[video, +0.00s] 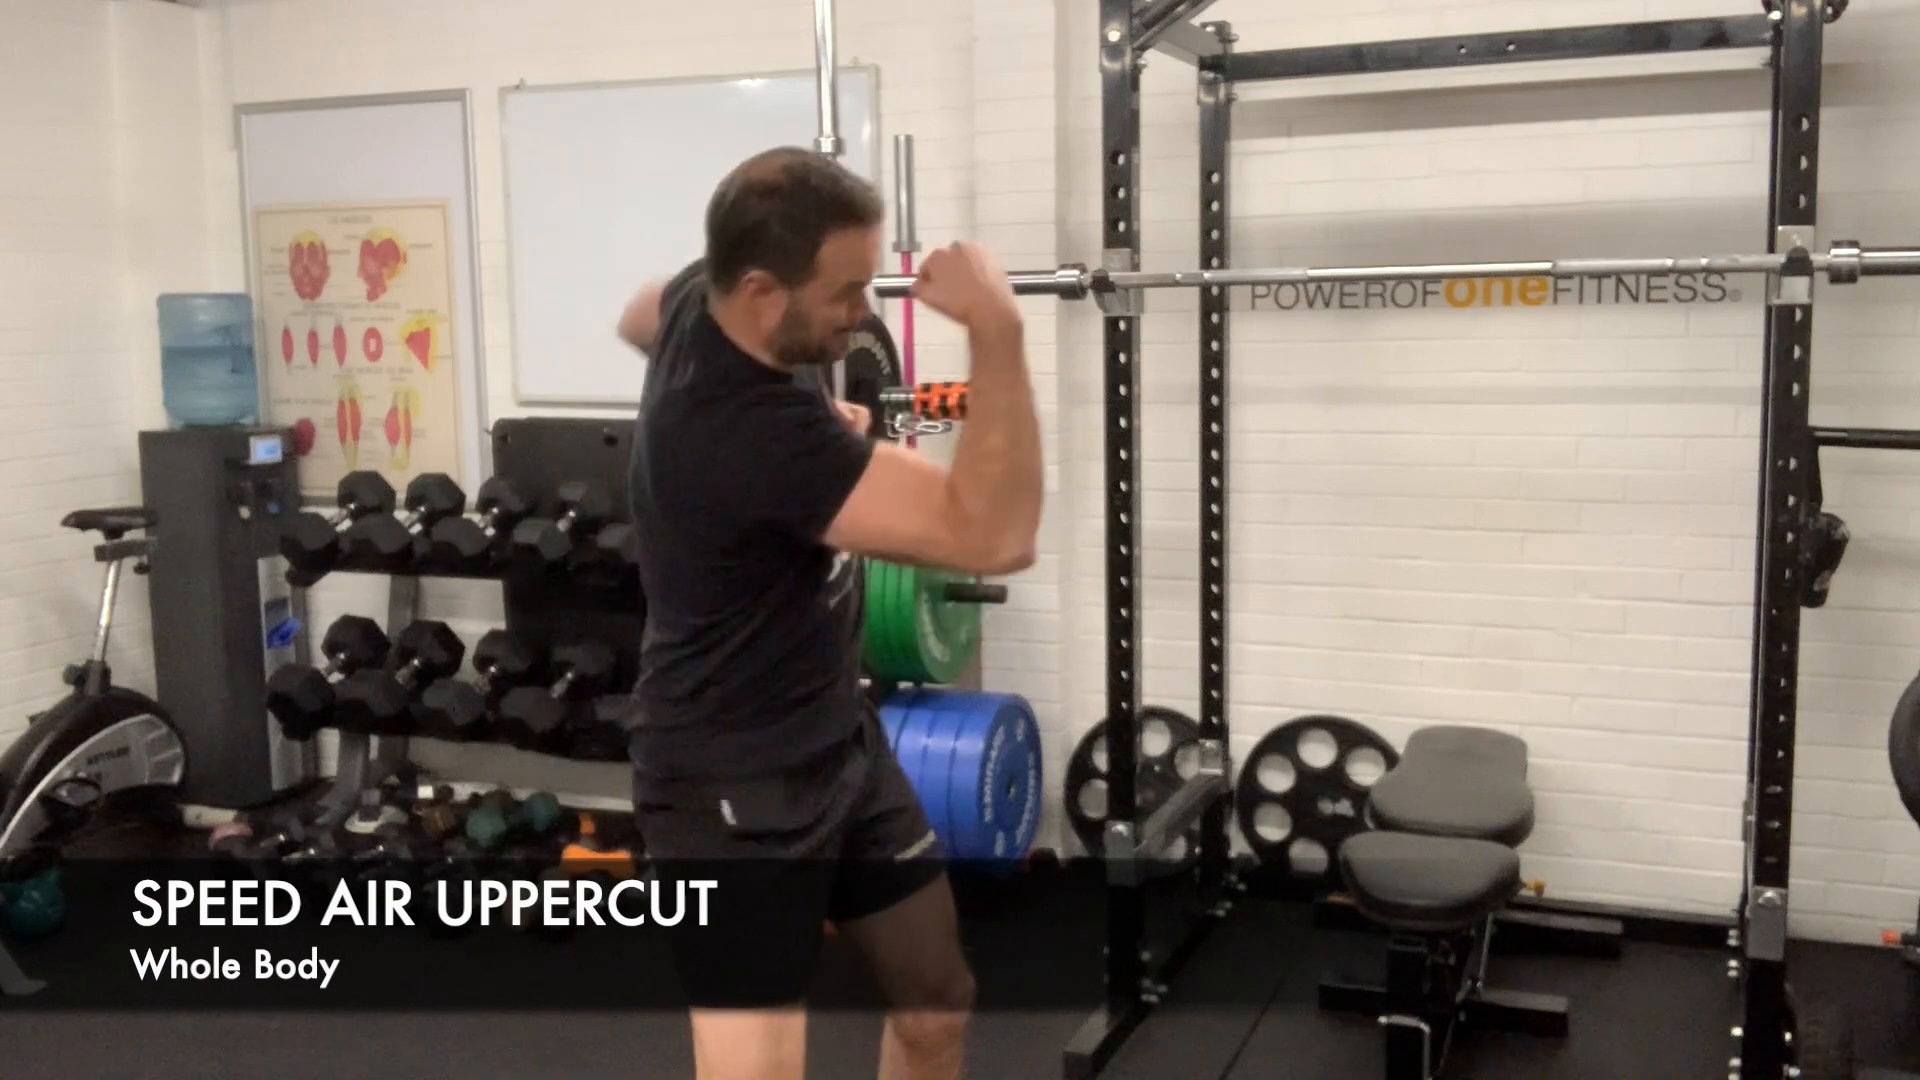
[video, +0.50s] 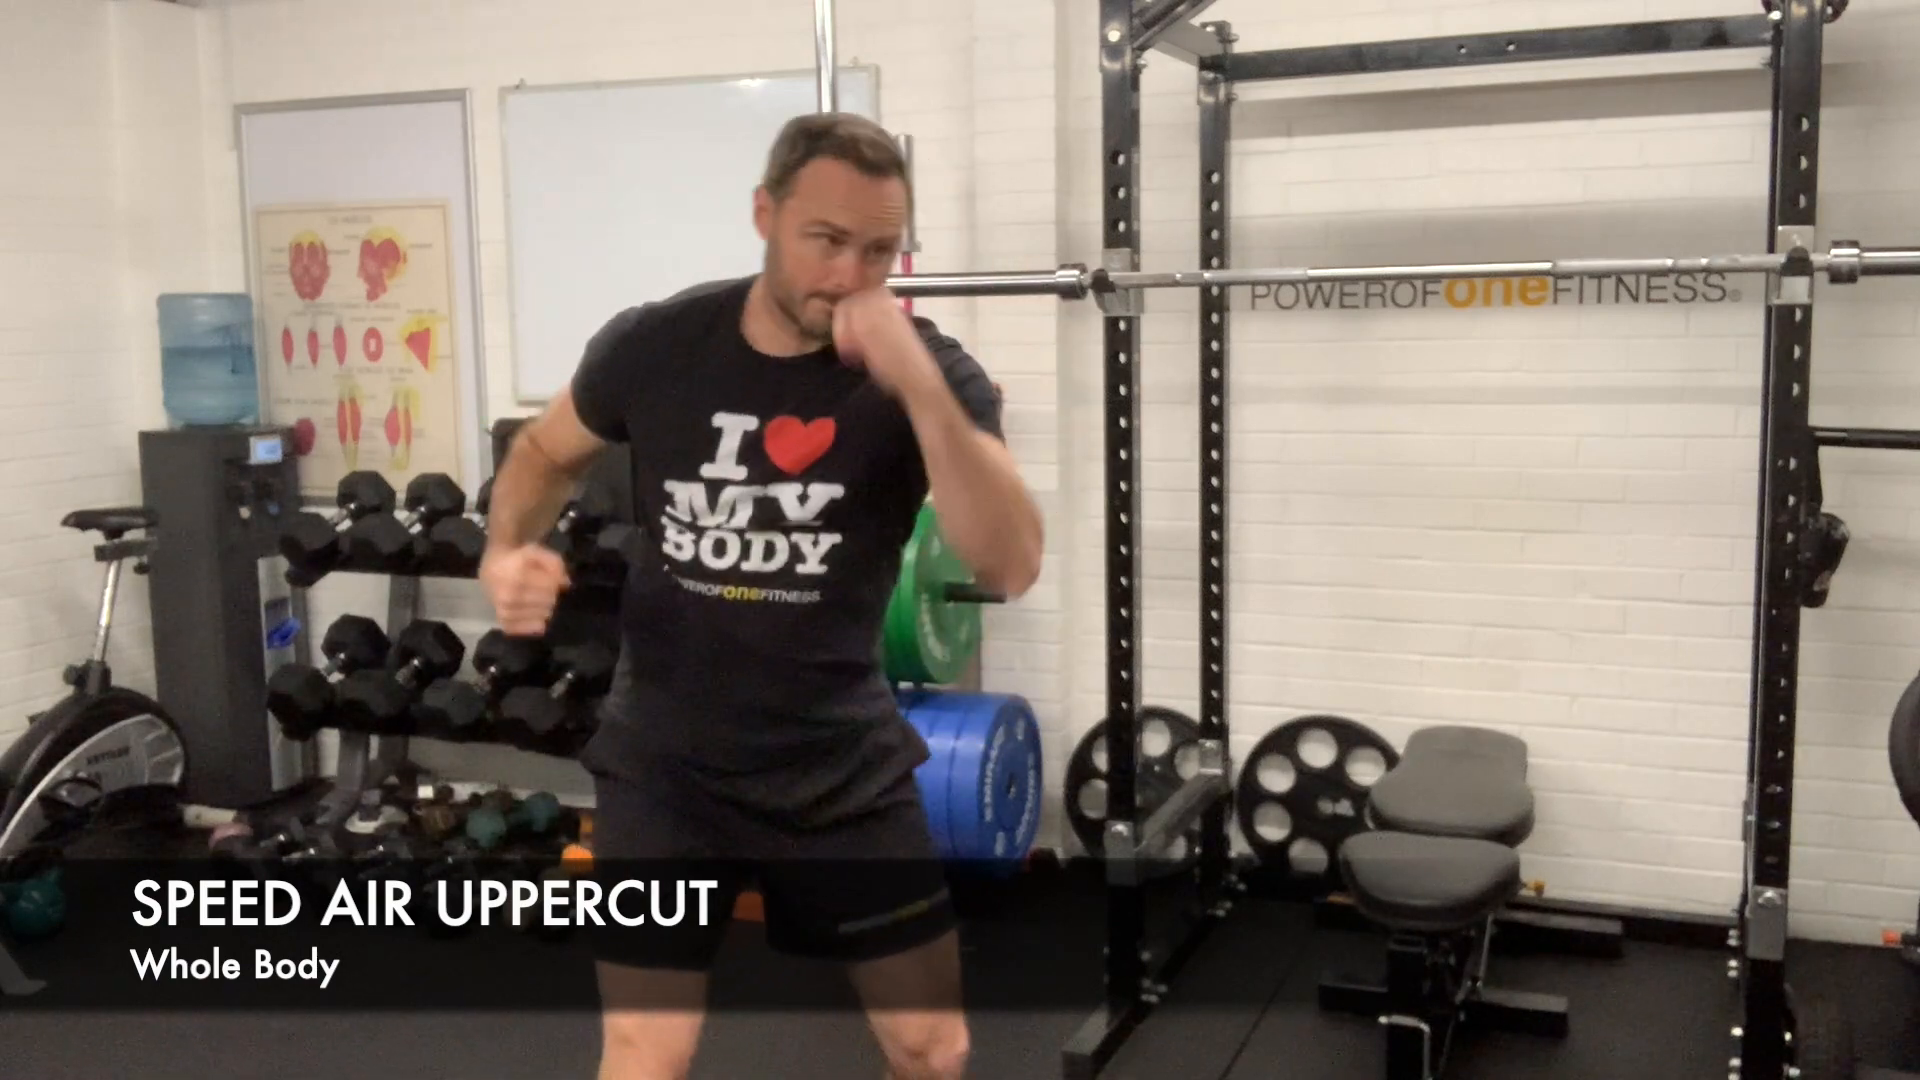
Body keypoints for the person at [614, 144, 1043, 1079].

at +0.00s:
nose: (861, 310)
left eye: (864, 288)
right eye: (846, 293)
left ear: (757, 284)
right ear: (759, 290)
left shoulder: (721, 306)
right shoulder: (746, 428)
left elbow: (640, 320)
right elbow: (993, 533)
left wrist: (805, 406)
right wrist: (997, 329)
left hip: (839, 746)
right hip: (728, 780)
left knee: (936, 1005)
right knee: (752, 1063)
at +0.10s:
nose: (906, 282)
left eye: (910, 258)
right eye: (890, 260)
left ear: (805, 249)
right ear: (806, 252)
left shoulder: (731, 310)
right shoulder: (774, 397)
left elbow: (634, 418)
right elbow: (989, 571)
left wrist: (762, 523)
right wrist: (1066, 387)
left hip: (821, 737)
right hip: (720, 764)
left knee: (915, 984)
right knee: (739, 1060)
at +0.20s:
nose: (948, 325)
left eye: (956, 298)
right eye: (935, 294)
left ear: (864, 276)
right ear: (855, 272)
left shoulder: (866, 395)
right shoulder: (741, 411)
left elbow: (813, 577)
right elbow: (793, 687)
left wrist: (878, 671)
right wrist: (991, 611)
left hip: (809, 759)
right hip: (683, 778)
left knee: (917, 1015)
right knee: (708, 1065)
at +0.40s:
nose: (909, 300)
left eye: (936, 282)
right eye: (894, 260)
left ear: (951, 292)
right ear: (831, 234)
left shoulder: (933, 403)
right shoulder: (682, 349)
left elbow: (1026, 525)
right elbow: (511, 434)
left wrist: (984, 306)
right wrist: (490, 533)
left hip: (826, 775)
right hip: (651, 767)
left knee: (927, 1059)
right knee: (638, 1066)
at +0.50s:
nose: (850, 274)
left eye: (878, 249)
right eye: (826, 239)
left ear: (904, 246)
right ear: (766, 217)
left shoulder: (928, 375)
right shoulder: (649, 350)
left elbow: (1010, 564)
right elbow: (546, 456)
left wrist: (918, 378)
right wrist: (505, 553)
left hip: (844, 755)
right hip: (668, 755)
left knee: (934, 1052)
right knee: (646, 1053)